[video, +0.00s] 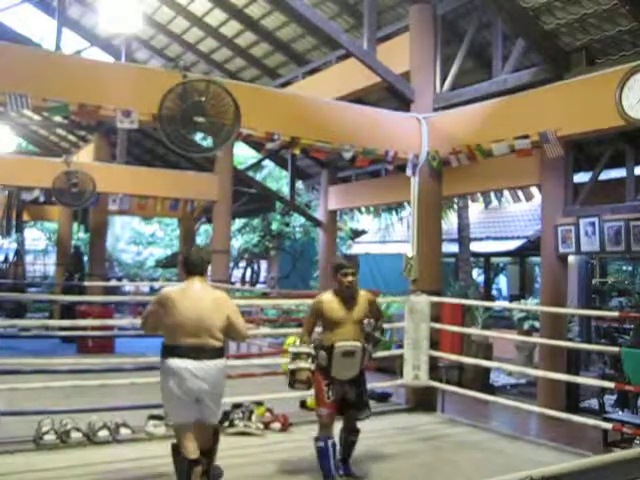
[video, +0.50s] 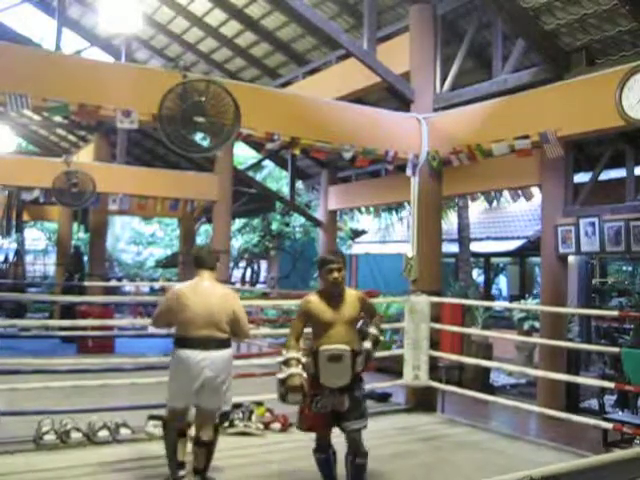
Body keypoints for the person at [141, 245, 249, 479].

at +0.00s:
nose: (179, 267)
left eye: (180, 264)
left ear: (182, 267)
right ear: (207, 268)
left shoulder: (168, 296)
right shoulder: (221, 298)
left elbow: (147, 325)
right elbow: (241, 332)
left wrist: (171, 323)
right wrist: (218, 325)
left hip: (177, 361)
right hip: (212, 362)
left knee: (184, 425)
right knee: (206, 423)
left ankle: (195, 467)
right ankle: (205, 468)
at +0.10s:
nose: (180, 268)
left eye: (181, 265)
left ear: (183, 268)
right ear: (208, 268)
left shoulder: (169, 297)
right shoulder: (221, 298)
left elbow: (151, 326)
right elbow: (241, 332)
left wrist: (173, 319)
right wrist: (218, 324)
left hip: (177, 360)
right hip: (212, 361)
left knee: (184, 425)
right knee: (205, 424)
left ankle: (193, 472)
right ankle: (201, 471)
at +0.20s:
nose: (182, 268)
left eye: (184, 264)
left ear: (187, 267)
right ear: (212, 267)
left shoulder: (172, 295)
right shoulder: (223, 298)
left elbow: (155, 325)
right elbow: (242, 332)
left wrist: (179, 322)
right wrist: (219, 325)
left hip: (179, 357)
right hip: (213, 357)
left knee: (182, 422)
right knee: (207, 422)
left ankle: (190, 465)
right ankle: (201, 471)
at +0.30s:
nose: (218, 267)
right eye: (217, 264)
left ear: (192, 266)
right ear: (215, 267)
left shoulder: (175, 294)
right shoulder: (226, 296)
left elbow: (156, 321)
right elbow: (244, 330)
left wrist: (178, 323)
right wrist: (221, 324)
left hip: (183, 356)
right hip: (216, 356)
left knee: (177, 418)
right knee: (207, 419)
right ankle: (199, 472)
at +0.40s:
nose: (218, 266)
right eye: (217, 263)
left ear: (193, 266)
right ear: (215, 266)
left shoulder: (178, 293)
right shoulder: (227, 295)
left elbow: (157, 320)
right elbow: (244, 330)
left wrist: (180, 313)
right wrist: (222, 323)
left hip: (185, 354)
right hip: (219, 354)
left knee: (175, 415)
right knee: (207, 418)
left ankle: (178, 468)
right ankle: (200, 472)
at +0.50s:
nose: (218, 266)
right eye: (217, 263)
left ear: (194, 266)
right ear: (216, 266)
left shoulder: (180, 293)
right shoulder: (228, 295)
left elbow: (158, 320)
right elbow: (243, 331)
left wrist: (181, 315)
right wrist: (222, 323)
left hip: (186, 353)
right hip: (219, 354)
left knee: (177, 412)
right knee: (207, 418)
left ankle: (175, 467)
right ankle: (200, 471)